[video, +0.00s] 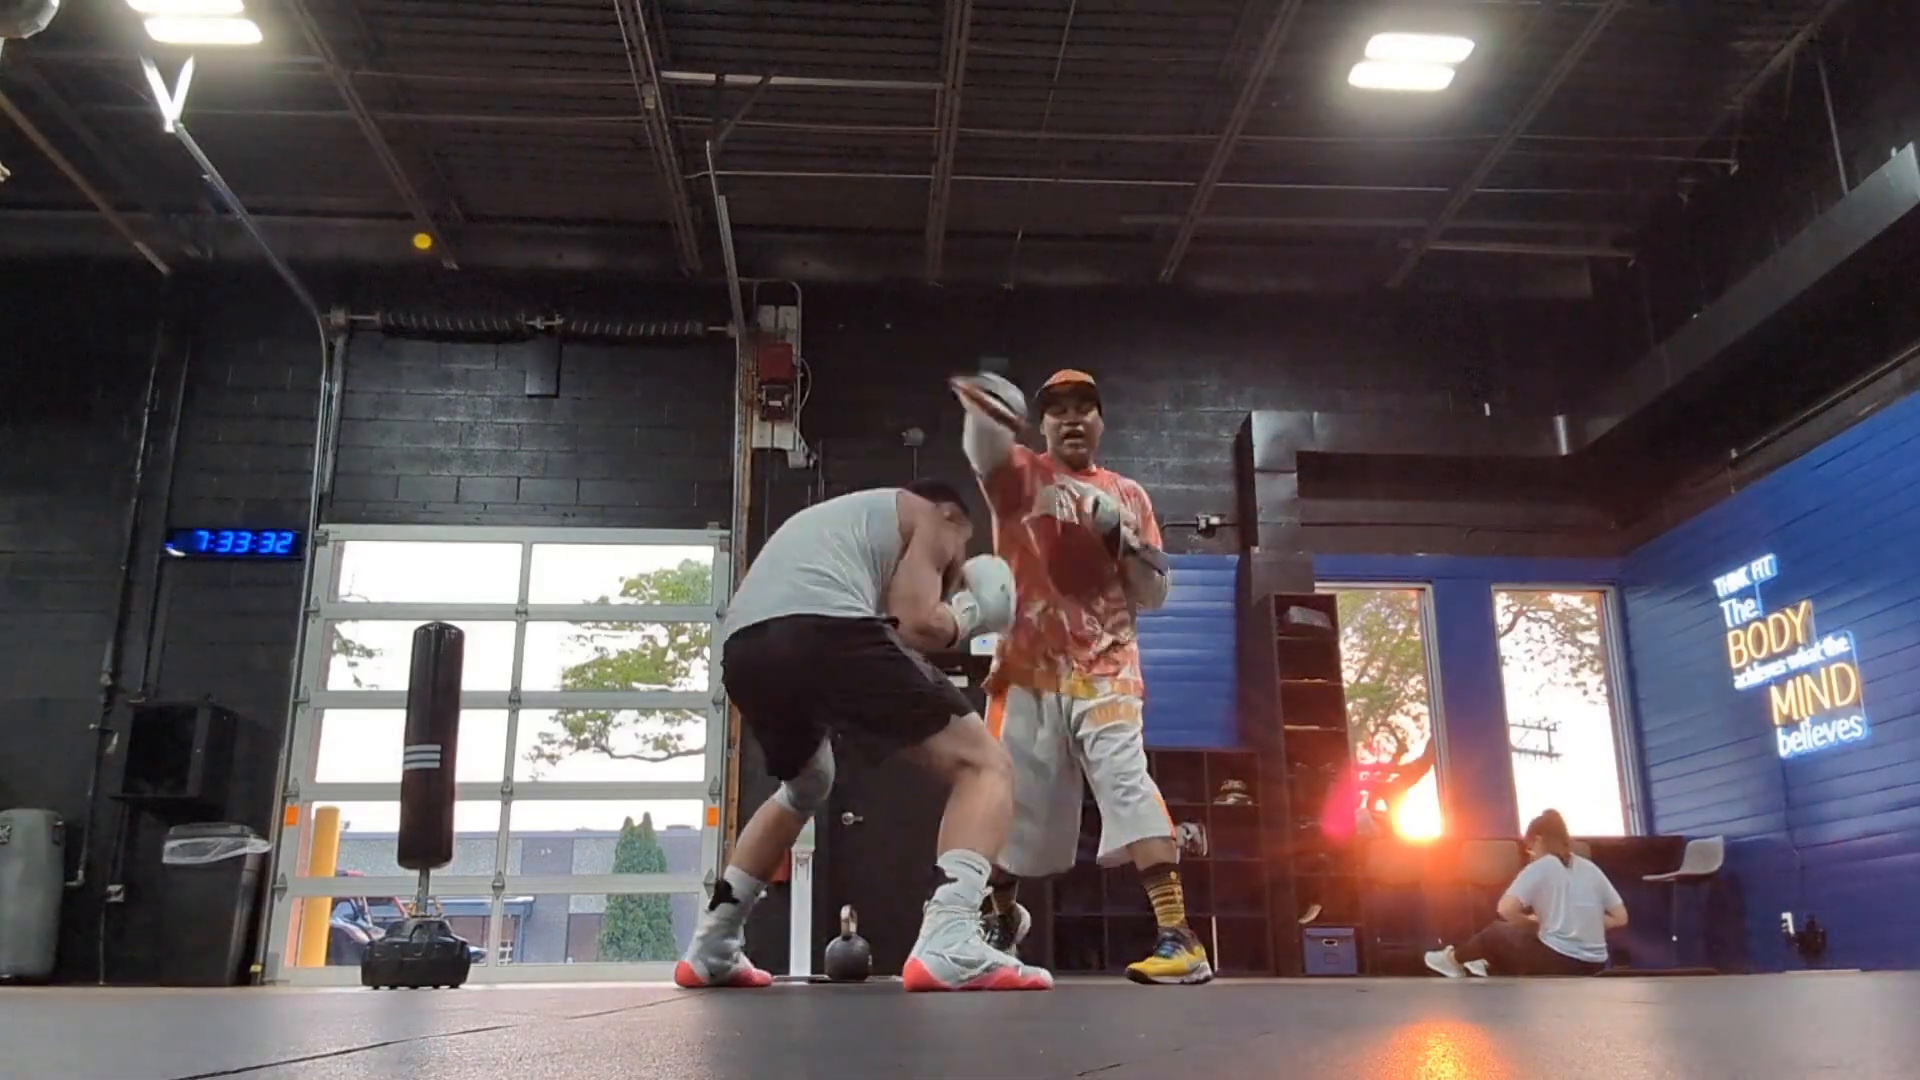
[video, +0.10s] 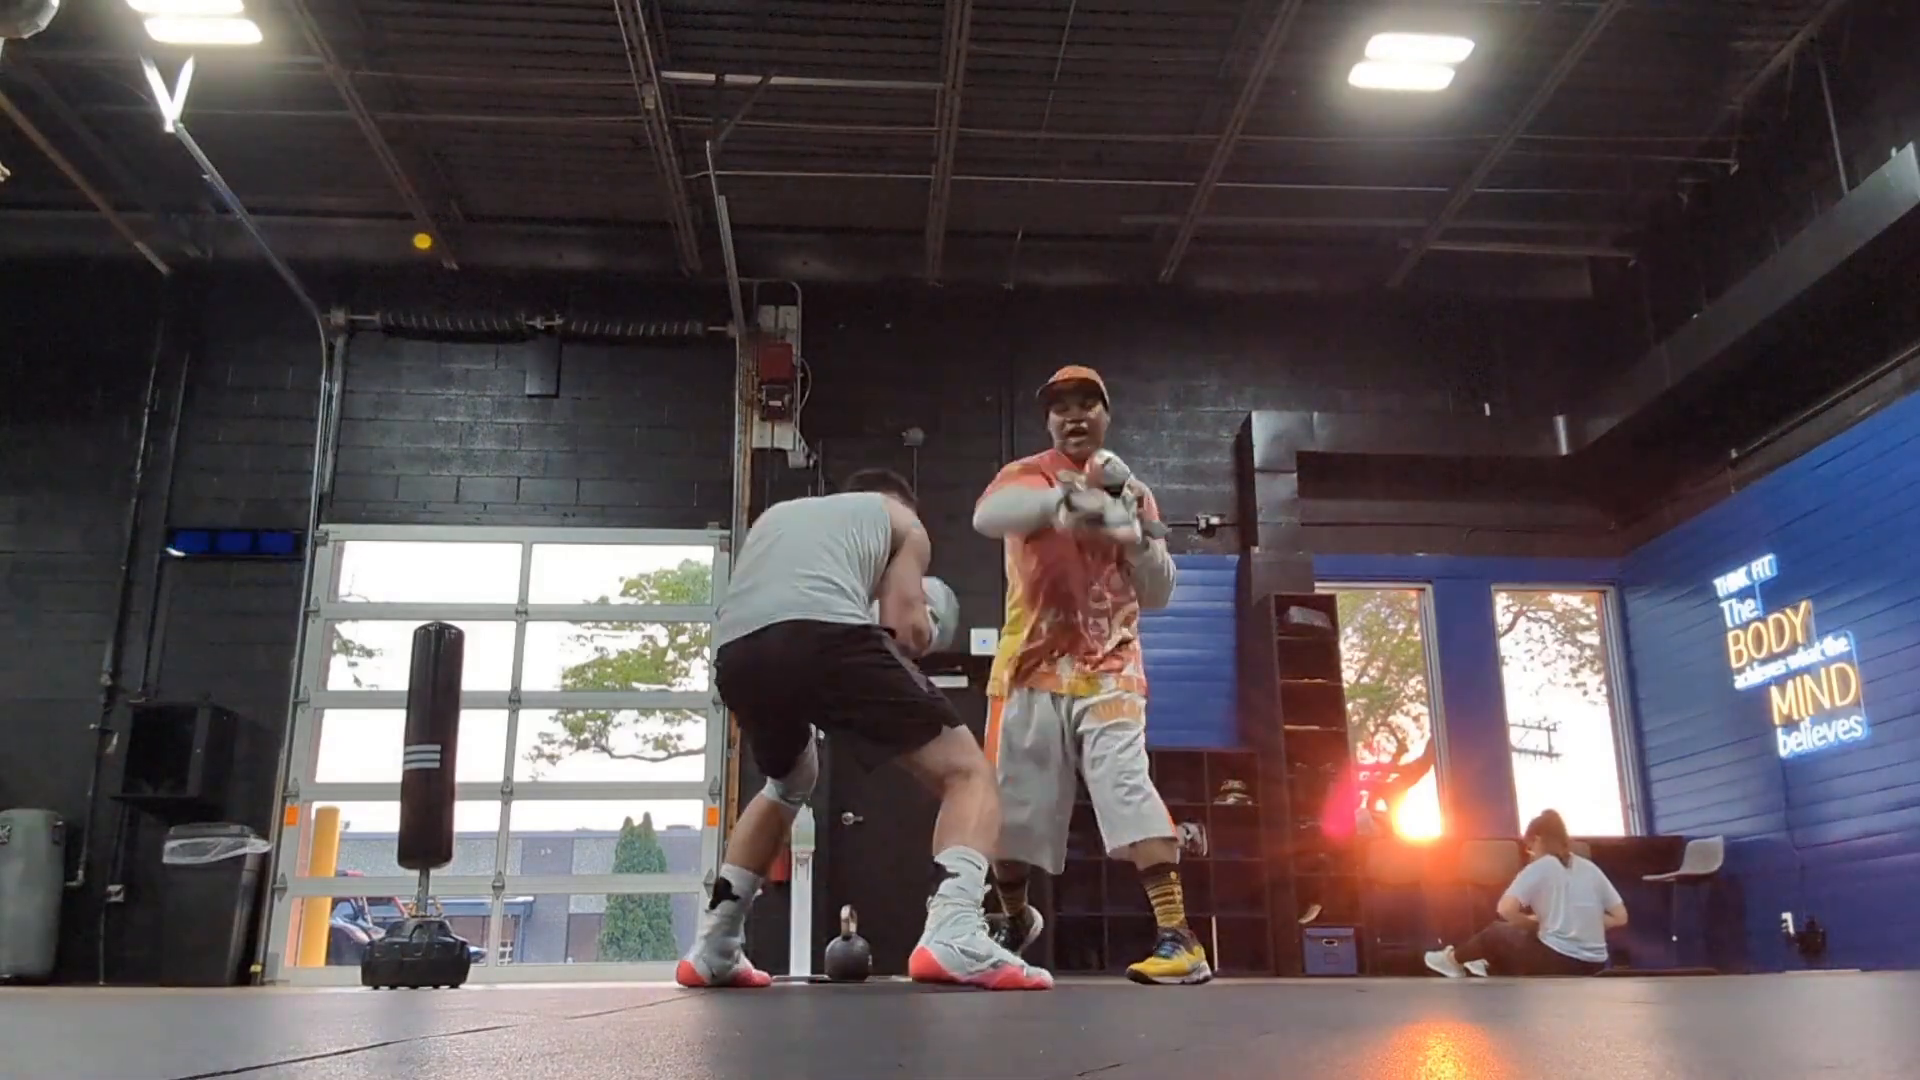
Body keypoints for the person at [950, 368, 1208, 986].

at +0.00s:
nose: (1072, 420)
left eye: (1083, 410)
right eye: (1059, 411)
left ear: (1100, 420)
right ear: (1040, 424)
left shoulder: (1126, 494)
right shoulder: (1019, 480)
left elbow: (1154, 594)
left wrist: (1122, 537)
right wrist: (988, 415)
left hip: (1104, 663)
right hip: (1029, 662)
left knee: (1122, 775)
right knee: (1020, 796)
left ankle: (1178, 938)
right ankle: (996, 926)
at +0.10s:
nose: (1074, 415)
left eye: (1086, 404)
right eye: (1062, 406)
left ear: (1106, 413)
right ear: (1047, 417)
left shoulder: (1133, 493)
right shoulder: (1026, 474)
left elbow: (1157, 594)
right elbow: (988, 515)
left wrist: (1135, 535)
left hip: (1109, 664)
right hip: (1029, 664)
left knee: (1123, 783)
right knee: (1016, 799)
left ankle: (1177, 939)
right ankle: (1012, 923)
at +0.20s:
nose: (1057, 417)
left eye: (1070, 405)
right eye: (1047, 409)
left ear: (1098, 414)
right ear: (1037, 422)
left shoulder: (1131, 491)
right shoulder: (1016, 492)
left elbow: (1165, 577)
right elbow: (965, 582)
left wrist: (1144, 497)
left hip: (1111, 673)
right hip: (1031, 676)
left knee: (1129, 787)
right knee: (1008, 804)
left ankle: (1178, 940)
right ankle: (1026, 927)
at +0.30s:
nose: (1013, 427)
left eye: (1027, 413)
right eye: (1008, 418)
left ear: (1066, 420)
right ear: (1005, 431)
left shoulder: (1103, 484)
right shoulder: (993, 505)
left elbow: (1146, 550)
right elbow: (962, 585)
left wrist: (1121, 467)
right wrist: (984, 620)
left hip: (1104, 667)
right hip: (1028, 673)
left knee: (1126, 789)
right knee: (1007, 803)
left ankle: (1178, 941)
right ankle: (1046, 933)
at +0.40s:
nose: (975, 446)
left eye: (984, 433)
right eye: (971, 436)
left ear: (1018, 430)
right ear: (979, 442)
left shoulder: (1069, 479)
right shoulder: (987, 522)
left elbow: (1067, 529)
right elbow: (991, 611)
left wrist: (1033, 465)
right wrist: (955, 588)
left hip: (1090, 680)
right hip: (1024, 690)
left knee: (1120, 801)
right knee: (1012, 817)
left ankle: (1173, 940)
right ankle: (1056, 946)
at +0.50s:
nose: (950, 451)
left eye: (961, 436)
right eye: (948, 440)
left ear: (1002, 438)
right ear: (971, 448)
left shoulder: (1033, 480)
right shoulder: (983, 521)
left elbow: (1011, 534)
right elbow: (984, 615)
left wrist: (945, 479)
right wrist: (938, 574)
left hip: (1051, 661)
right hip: (1007, 676)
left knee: (1069, 788)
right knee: (1019, 814)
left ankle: (1150, 921)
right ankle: (1058, 947)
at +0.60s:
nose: (932, 449)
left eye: (942, 436)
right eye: (929, 440)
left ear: (981, 435)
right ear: (939, 447)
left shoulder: (1020, 482)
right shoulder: (959, 515)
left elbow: (1037, 558)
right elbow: (944, 613)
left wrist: (960, 524)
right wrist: (904, 548)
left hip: (1034, 652)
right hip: (995, 663)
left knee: (1000, 770)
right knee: (998, 786)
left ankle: (1085, 910)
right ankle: (1055, 940)